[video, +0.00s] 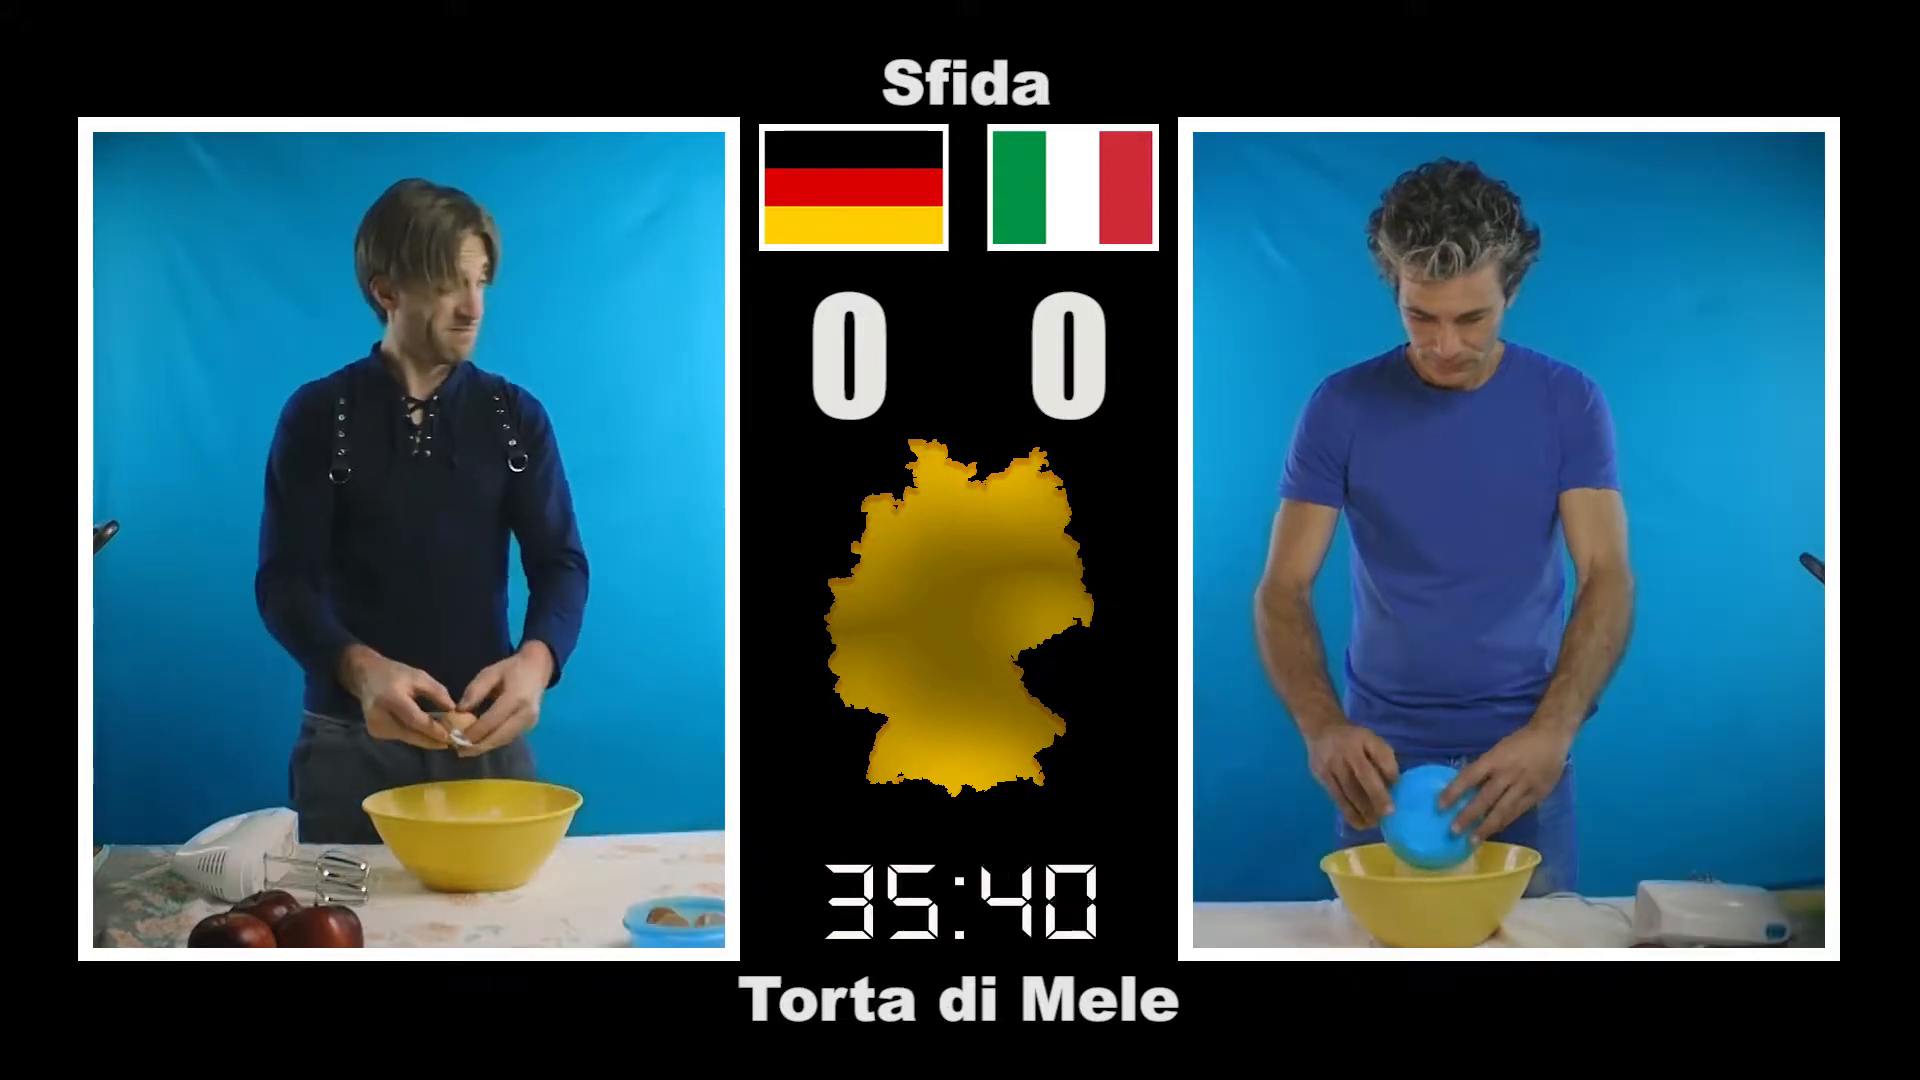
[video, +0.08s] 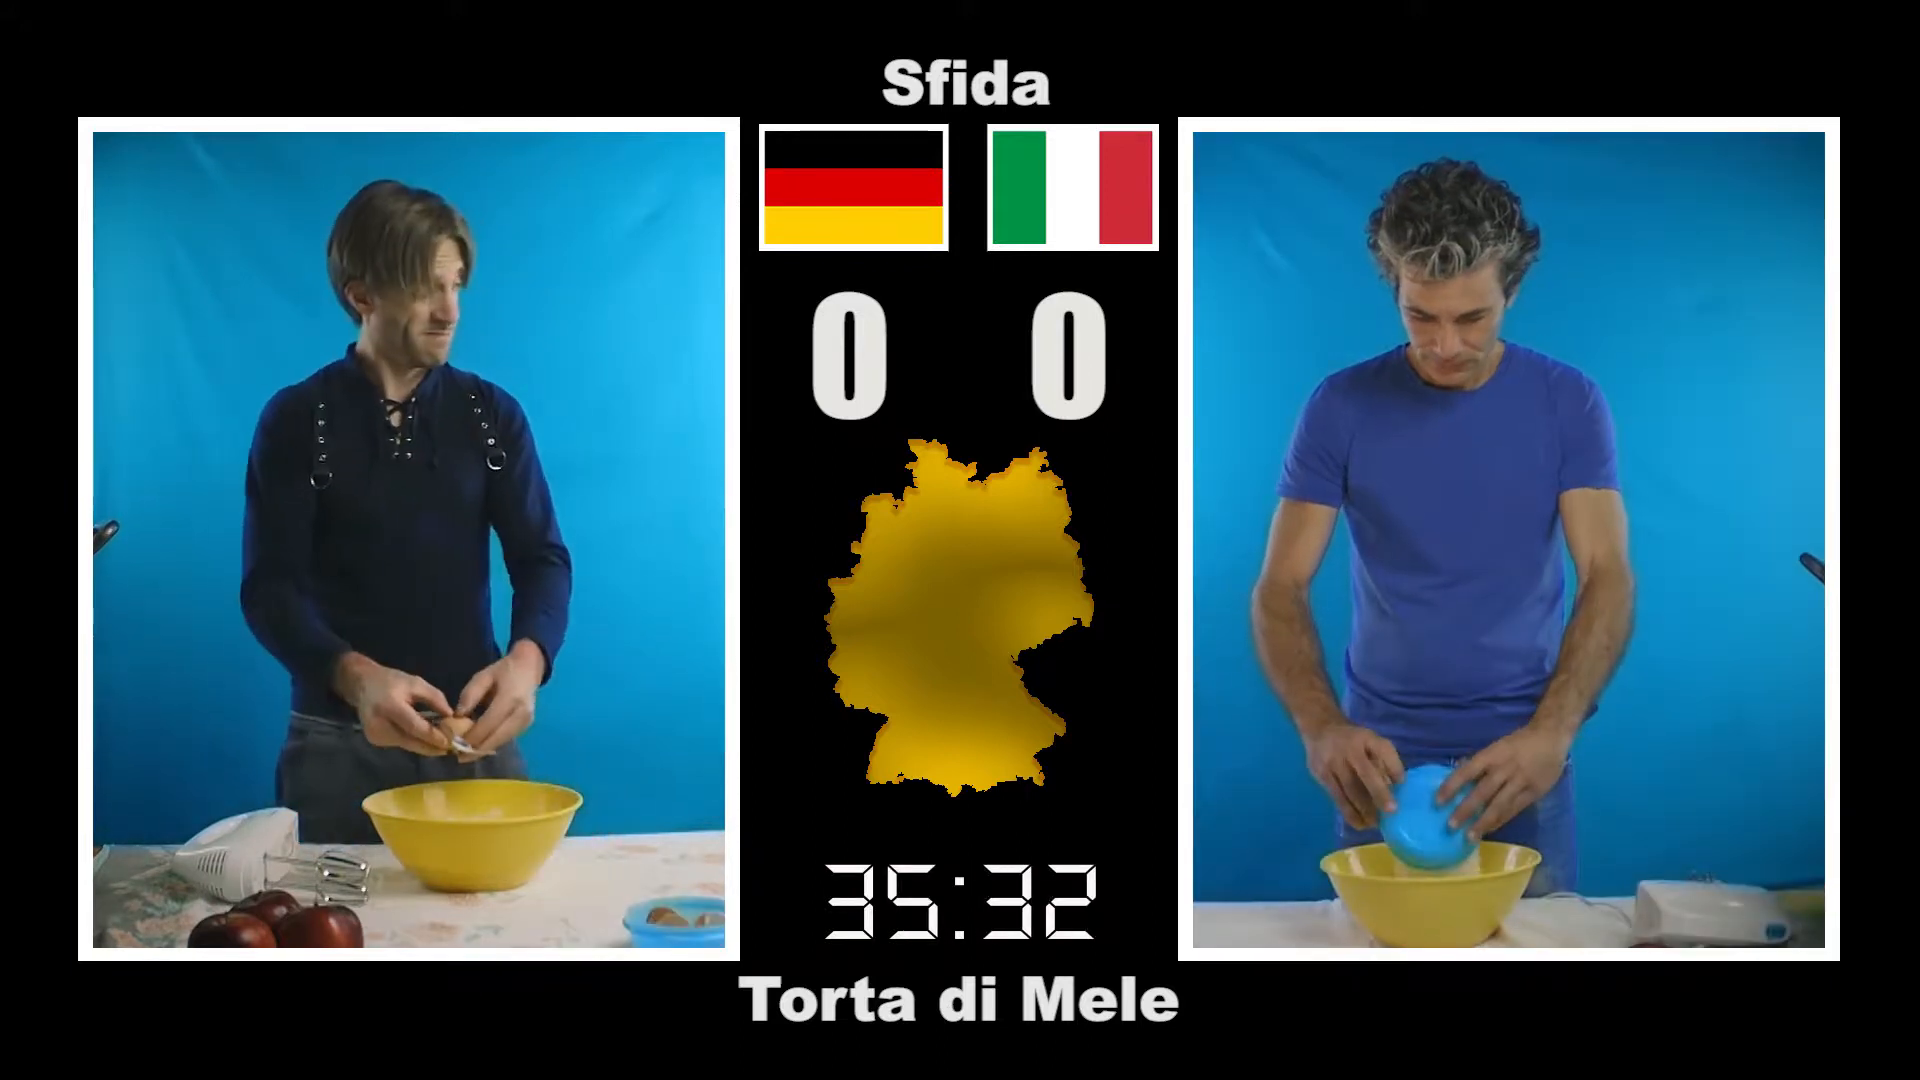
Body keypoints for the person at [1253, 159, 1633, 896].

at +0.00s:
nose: (1447, 344)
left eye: (1471, 317)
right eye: (1423, 317)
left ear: (1508, 292)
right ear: (1397, 292)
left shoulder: (1564, 402)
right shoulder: (1344, 406)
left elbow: (1607, 577)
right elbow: (1283, 591)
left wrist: (1550, 732)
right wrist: (1324, 729)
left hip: (1523, 751)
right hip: (1384, 751)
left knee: (1528, 948)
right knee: (1384, 950)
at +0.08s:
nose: (1447, 344)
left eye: (1472, 317)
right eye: (1423, 317)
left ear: (1508, 292)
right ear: (1397, 291)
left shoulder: (1564, 403)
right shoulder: (1344, 405)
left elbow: (1607, 578)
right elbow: (1280, 592)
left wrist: (1550, 732)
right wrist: (1324, 729)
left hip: (1523, 752)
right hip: (1384, 754)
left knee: (1528, 948)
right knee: (1383, 951)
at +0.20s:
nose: (1447, 344)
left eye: (1472, 317)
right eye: (1423, 317)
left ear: (1508, 292)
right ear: (1396, 291)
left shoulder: (1563, 402)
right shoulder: (1343, 405)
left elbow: (1609, 578)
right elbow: (1275, 589)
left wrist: (1550, 729)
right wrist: (1324, 729)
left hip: (1520, 751)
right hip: (1384, 752)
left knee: (1528, 948)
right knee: (1384, 950)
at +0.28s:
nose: (1447, 344)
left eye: (1472, 317)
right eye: (1423, 317)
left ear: (1508, 292)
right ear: (1397, 291)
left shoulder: (1563, 402)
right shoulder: (1343, 405)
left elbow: (1611, 578)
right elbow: (1272, 589)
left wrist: (1549, 726)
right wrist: (1323, 727)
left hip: (1520, 752)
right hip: (1383, 752)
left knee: (1528, 948)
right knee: (1385, 951)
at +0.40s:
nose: (1447, 344)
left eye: (1472, 317)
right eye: (1423, 317)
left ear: (1507, 292)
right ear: (1396, 292)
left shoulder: (1562, 402)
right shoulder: (1343, 406)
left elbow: (1618, 576)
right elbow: (1269, 587)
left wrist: (1550, 718)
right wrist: (1319, 723)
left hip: (1520, 752)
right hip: (1382, 753)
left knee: (1529, 948)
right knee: (1388, 951)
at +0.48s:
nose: (1506, 355)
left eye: (1532, 329)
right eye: (1481, 329)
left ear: (1568, 300)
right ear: (1452, 299)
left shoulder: (1623, 411)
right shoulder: (1399, 405)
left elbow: (1685, 569)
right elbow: (1350, 593)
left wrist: (1668, 658)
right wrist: (1462, 675)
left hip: (1562, 762)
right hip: (1425, 756)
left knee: (1562, 952)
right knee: (1421, 952)